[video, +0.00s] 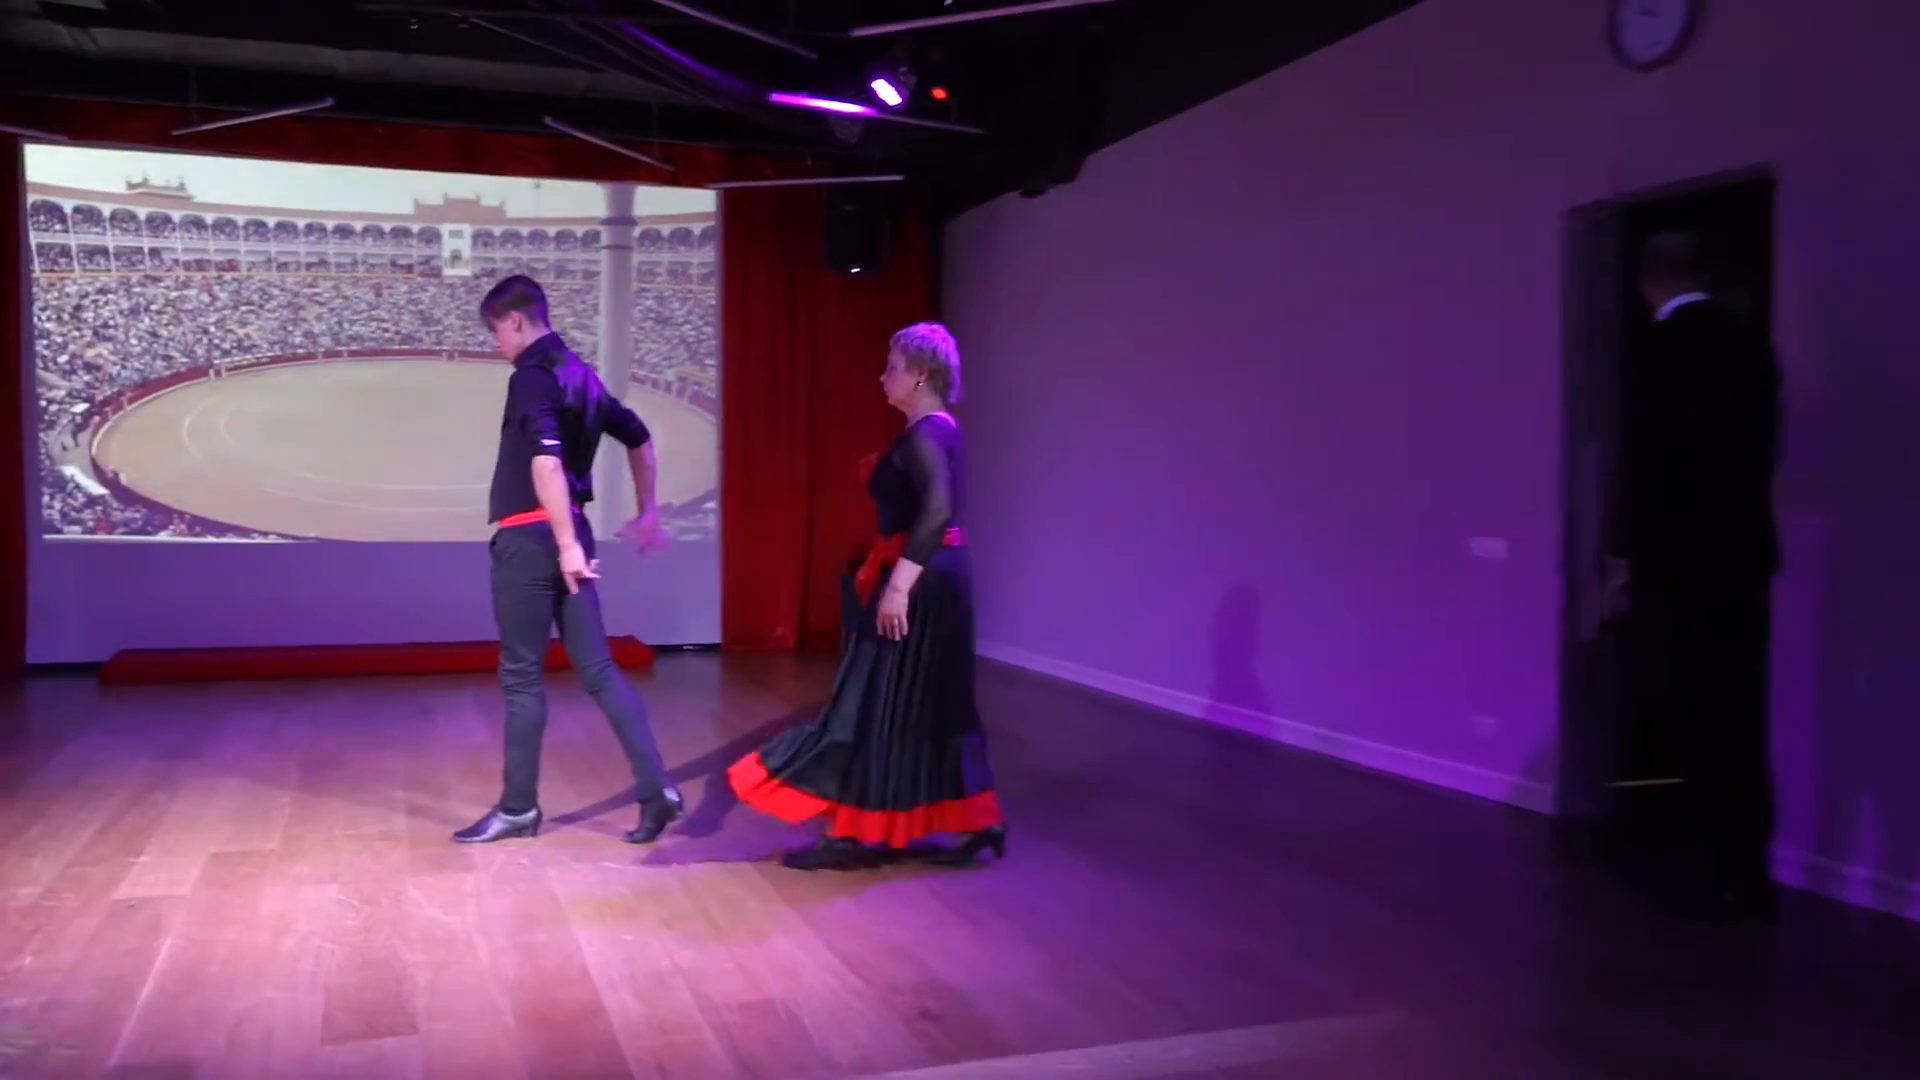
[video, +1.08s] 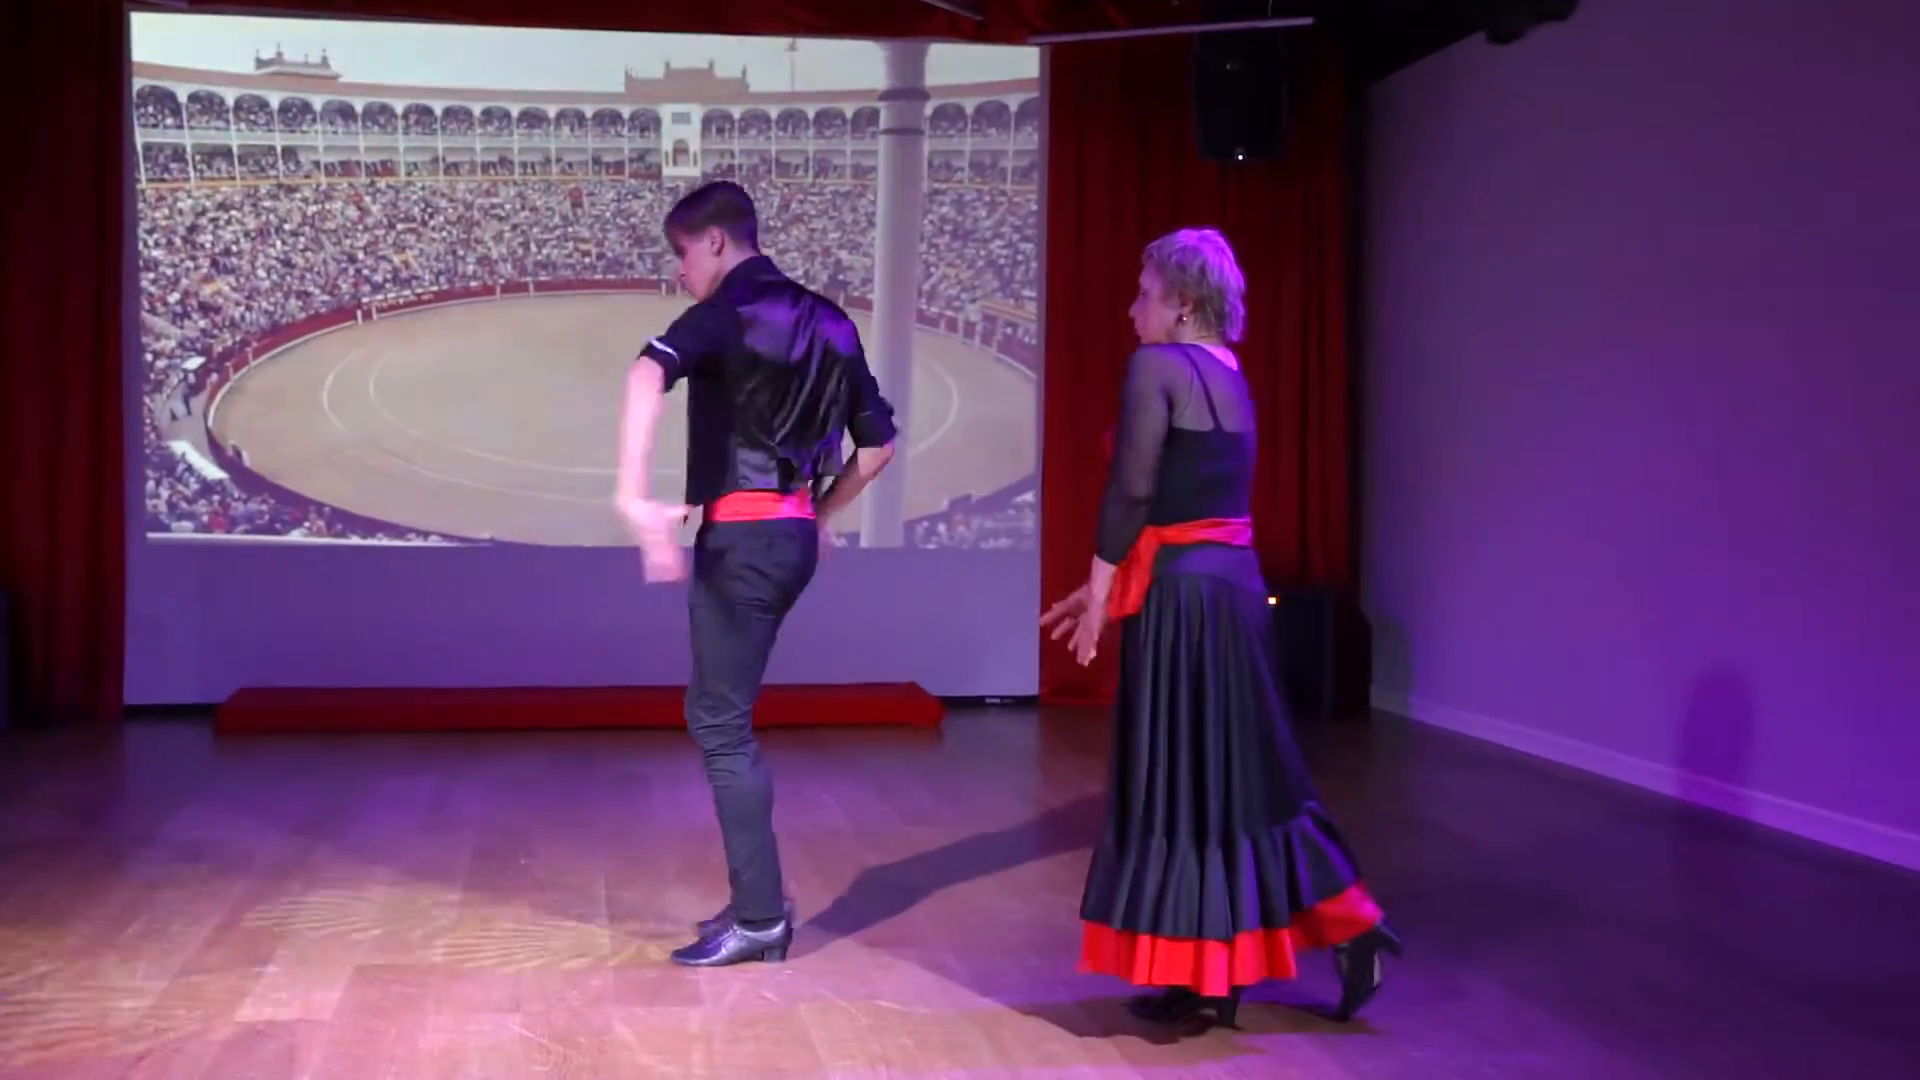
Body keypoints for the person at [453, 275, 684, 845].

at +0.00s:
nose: (495, 342)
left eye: (497, 330)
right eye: (493, 331)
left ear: (521, 320)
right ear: (539, 320)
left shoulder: (532, 375)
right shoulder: (581, 375)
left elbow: (547, 461)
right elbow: (637, 437)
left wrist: (568, 541)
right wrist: (647, 511)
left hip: (524, 540)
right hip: (569, 537)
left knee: (521, 677)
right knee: (598, 668)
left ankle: (518, 807)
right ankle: (657, 790)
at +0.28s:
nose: (555, 320)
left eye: (556, 307)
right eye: (552, 308)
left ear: (580, 295)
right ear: (598, 293)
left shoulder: (598, 355)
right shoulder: (643, 344)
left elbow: (619, 451)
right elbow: (682, 409)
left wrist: (651, 527)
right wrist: (694, 465)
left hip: (601, 543)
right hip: (642, 538)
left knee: (599, 696)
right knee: (680, 684)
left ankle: (595, 841)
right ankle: (746, 821)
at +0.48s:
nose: (607, 299)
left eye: (607, 284)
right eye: (603, 285)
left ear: (634, 271)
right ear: (653, 269)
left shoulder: (656, 338)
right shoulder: (705, 328)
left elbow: (686, 447)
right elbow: (706, 438)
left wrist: (727, 519)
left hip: (665, 545)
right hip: (706, 538)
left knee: (658, 715)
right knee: (753, 700)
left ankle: (654, 875)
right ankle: (821, 854)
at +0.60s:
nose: (647, 286)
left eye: (648, 271)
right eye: (644, 272)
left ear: (675, 260)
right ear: (694, 257)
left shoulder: (697, 330)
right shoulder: (739, 314)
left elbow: (731, 443)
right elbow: (703, 383)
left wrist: (777, 501)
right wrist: (649, 400)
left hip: (717, 549)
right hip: (760, 541)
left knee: (695, 722)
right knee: (805, 707)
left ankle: (697, 892)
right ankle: (872, 871)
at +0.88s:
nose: (701, 271)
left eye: (705, 255)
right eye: (698, 256)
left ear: (738, 247)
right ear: (761, 244)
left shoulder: (757, 319)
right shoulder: (797, 313)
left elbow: (797, 443)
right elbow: (709, 440)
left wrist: (837, 462)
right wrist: (680, 388)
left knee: (699, 728)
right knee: (857, 720)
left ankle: (757, 914)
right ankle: (921, 892)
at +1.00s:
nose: (694, 274)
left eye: (695, 257)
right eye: (691, 259)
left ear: (725, 244)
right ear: (757, 244)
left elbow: (700, 398)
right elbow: (854, 450)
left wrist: (740, 487)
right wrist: (792, 448)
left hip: (734, 548)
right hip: (802, 541)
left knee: (713, 733)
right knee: (765, 719)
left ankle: (757, 920)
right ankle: (827, 886)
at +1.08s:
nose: (678, 275)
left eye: (682, 257)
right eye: (676, 259)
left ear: (716, 242)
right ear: (739, 242)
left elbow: (647, 373)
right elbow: (876, 445)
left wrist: (634, 493)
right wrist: (818, 511)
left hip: (742, 539)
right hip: (793, 540)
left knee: (720, 725)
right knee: (724, 720)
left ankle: (760, 916)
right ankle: (758, 904)